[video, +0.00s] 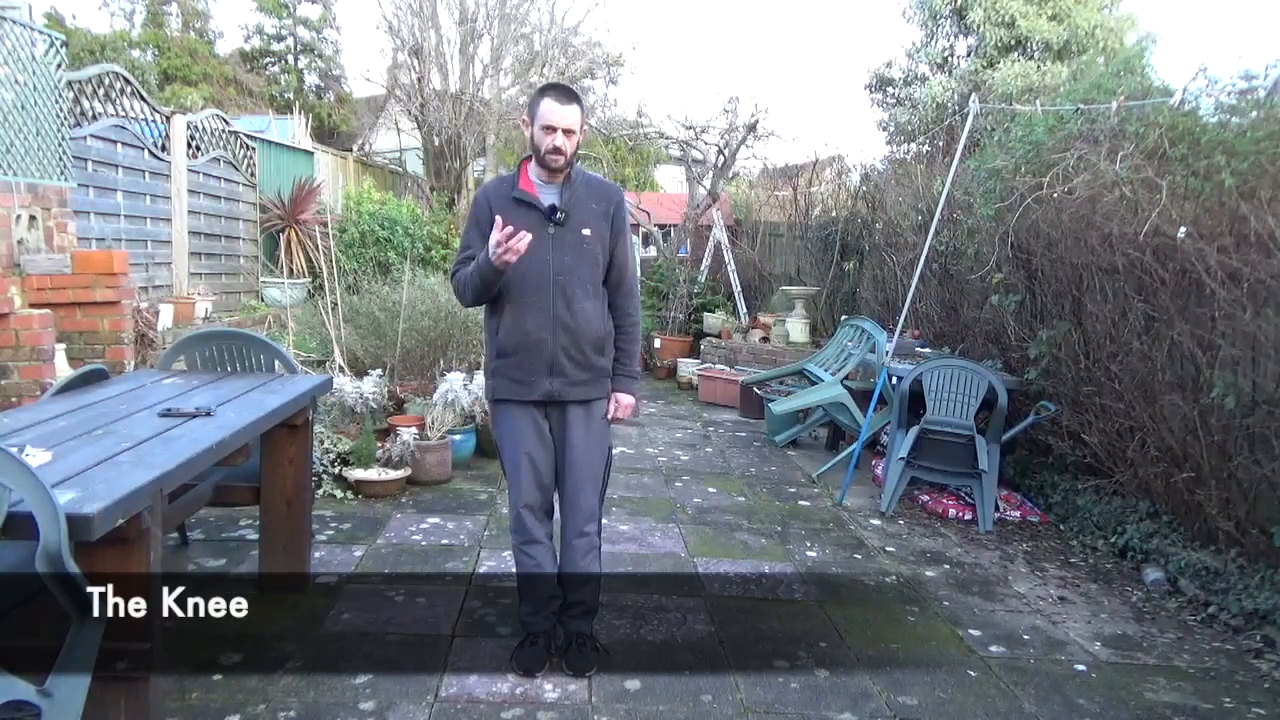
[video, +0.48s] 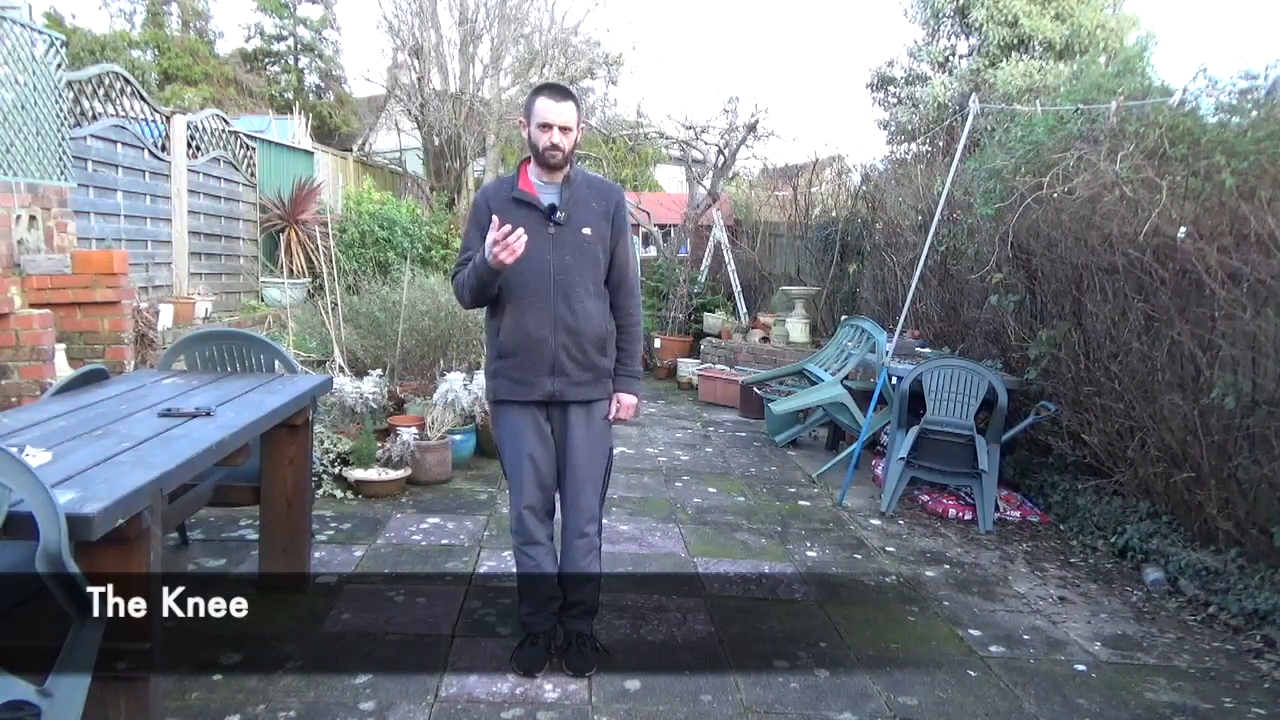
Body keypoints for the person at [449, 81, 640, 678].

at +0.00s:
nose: (558, 141)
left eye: (569, 132)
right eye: (549, 129)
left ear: (582, 135)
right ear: (529, 129)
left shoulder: (607, 198)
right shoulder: (493, 197)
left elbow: (625, 295)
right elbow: (466, 290)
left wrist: (626, 378)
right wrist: (495, 263)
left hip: (589, 378)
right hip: (516, 379)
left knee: (583, 508)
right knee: (528, 506)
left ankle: (579, 631)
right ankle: (535, 632)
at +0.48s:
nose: (555, 137)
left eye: (565, 128)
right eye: (546, 127)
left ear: (579, 133)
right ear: (526, 129)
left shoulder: (607, 197)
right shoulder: (494, 198)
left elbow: (626, 294)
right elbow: (466, 292)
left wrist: (628, 378)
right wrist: (491, 264)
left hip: (591, 378)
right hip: (517, 379)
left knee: (583, 508)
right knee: (529, 506)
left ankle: (580, 630)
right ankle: (536, 631)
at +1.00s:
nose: (555, 138)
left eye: (565, 128)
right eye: (545, 127)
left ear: (579, 132)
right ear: (526, 130)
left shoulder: (607, 198)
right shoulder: (493, 199)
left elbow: (626, 294)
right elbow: (467, 292)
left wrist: (628, 377)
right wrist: (493, 266)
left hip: (591, 378)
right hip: (517, 379)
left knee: (584, 508)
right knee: (529, 507)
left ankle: (580, 627)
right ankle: (536, 629)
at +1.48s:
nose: (553, 138)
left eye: (563, 129)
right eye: (543, 127)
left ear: (578, 132)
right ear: (525, 130)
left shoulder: (607, 198)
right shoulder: (493, 200)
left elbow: (626, 295)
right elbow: (467, 293)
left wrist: (628, 377)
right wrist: (494, 260)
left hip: (591, 380)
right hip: (517, 381)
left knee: (584, 513)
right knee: (528, 512)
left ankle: (580, 627)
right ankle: (536, 628)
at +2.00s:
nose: (543, 138)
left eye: (553, 128)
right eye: (533, 128)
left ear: (571, 130)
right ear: (519, 132)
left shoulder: (605, 197)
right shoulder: (492, 197)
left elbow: (625, 293)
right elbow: (467, 291)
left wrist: (628, 376)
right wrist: (496, 228)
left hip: (590, 378)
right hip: (516, 379)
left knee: (583, 514)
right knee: (529, 514)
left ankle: (579, 627)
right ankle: (535, 629)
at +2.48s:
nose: (538, 141)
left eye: (548, 130)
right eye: (528, 132)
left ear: (567, 130)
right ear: (514, 135)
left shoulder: (602, 195)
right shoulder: (490, 198)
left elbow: (625, 292)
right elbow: (467, 295)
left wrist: (627, 376)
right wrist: (485, 250)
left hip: (589, 378)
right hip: (516, 380)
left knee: (583, 513)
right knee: (528, 513)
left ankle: (580, 627)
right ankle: (536, 628)